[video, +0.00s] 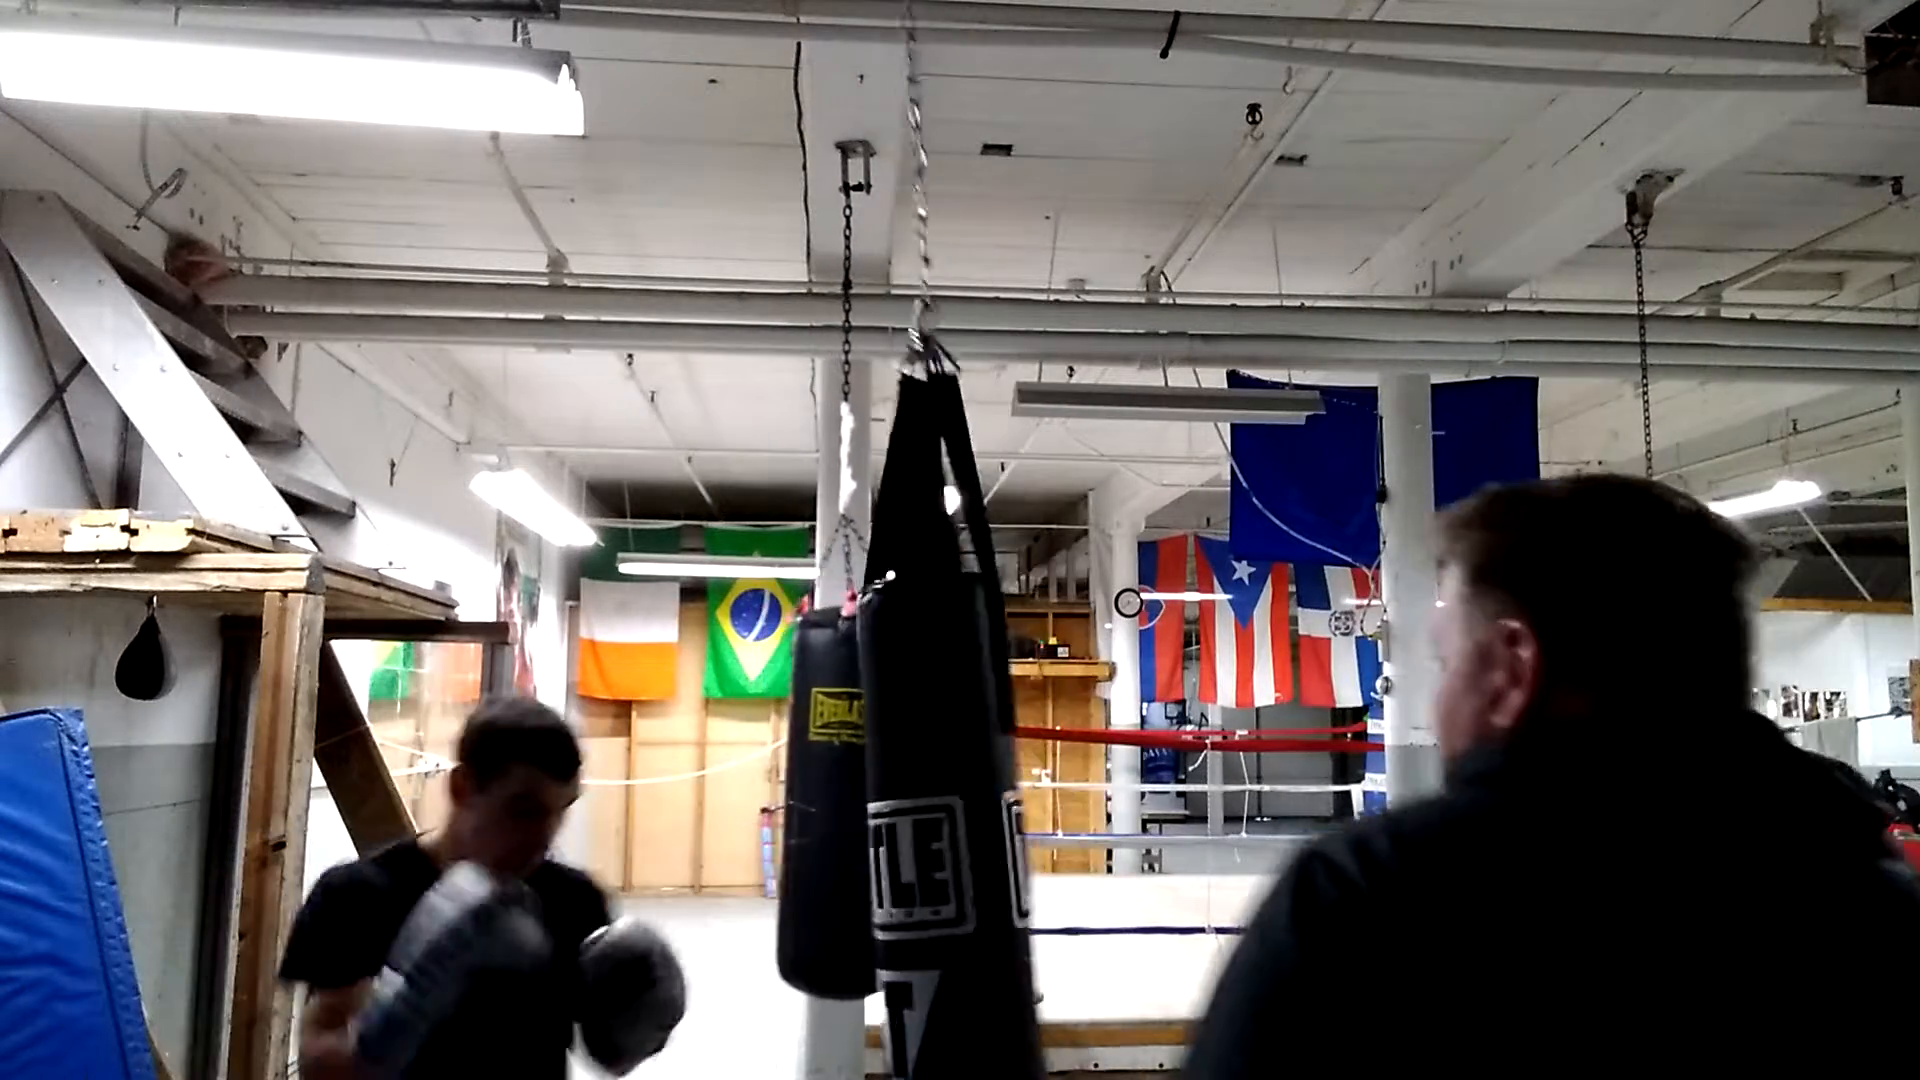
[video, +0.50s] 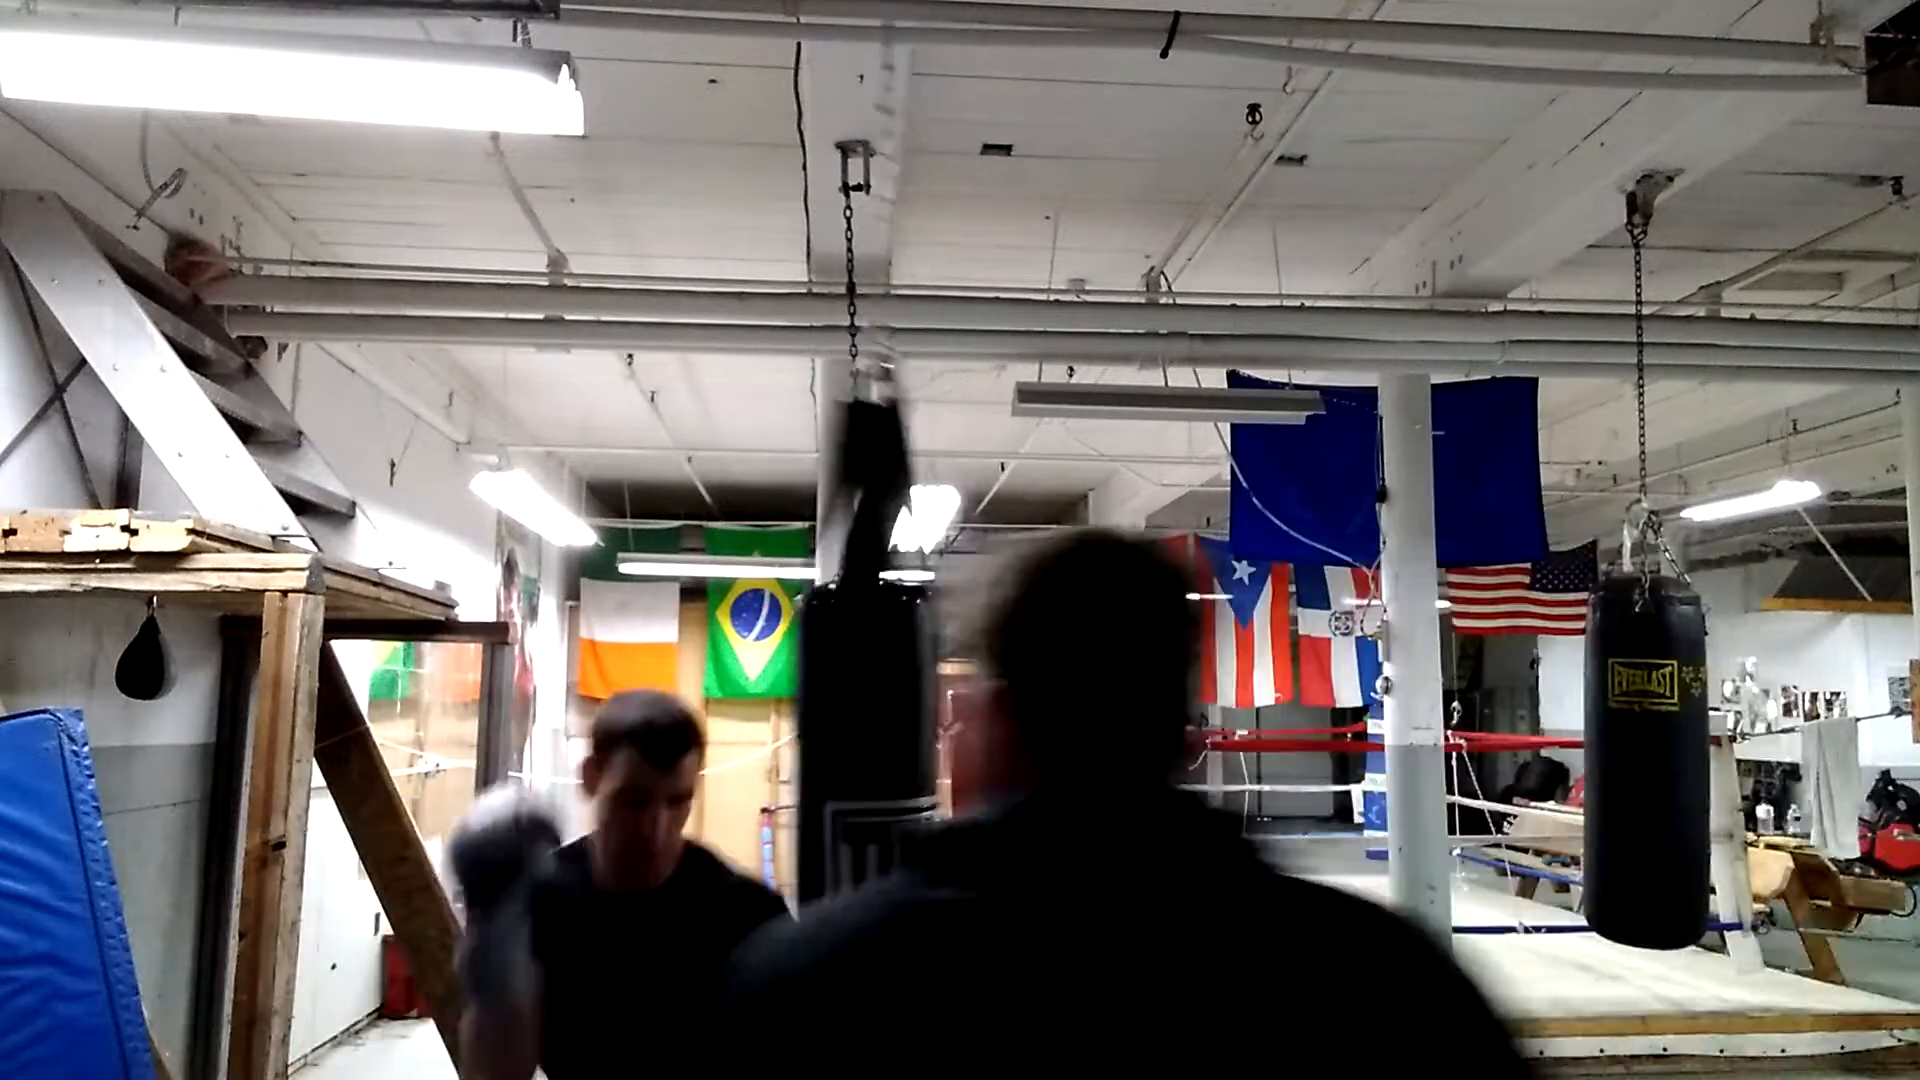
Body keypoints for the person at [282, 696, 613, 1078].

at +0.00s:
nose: (544, 838)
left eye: (559, 816)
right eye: (525, 812)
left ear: (569, 805)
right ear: (462, 789)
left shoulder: (569, 900)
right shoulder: (360, 895)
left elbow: (610, 1053)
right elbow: (317, 1053)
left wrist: (637, 998)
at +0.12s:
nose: (582, 836)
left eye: (597, 811)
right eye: (564, 807)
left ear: (611, 798)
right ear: (500, 783)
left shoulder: (631, 896)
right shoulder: (420, 885)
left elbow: (744, 996)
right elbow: (369, 1025)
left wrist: (824, 1013)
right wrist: (446, 1019)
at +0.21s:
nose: (631, 836)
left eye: (642, 814)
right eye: (611, 812)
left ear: (653, 809)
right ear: (553, 801)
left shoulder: (673, 920)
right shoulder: (457, 917)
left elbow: (776, 1020)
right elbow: (427, 1056)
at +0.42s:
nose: (662, 847)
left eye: (679, 820)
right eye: (638, 820)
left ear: (690, 813)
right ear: (577, 806)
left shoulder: (726, 911)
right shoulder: (503, 908)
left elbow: (822, 1016)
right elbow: (466, 1040)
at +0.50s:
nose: (655, 830)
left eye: (678, 802)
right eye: (634, 800)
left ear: (695, 790)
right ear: (590, 779)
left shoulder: (750, 916)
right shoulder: (534, 902)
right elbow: (498, 1069)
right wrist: (493, 912)